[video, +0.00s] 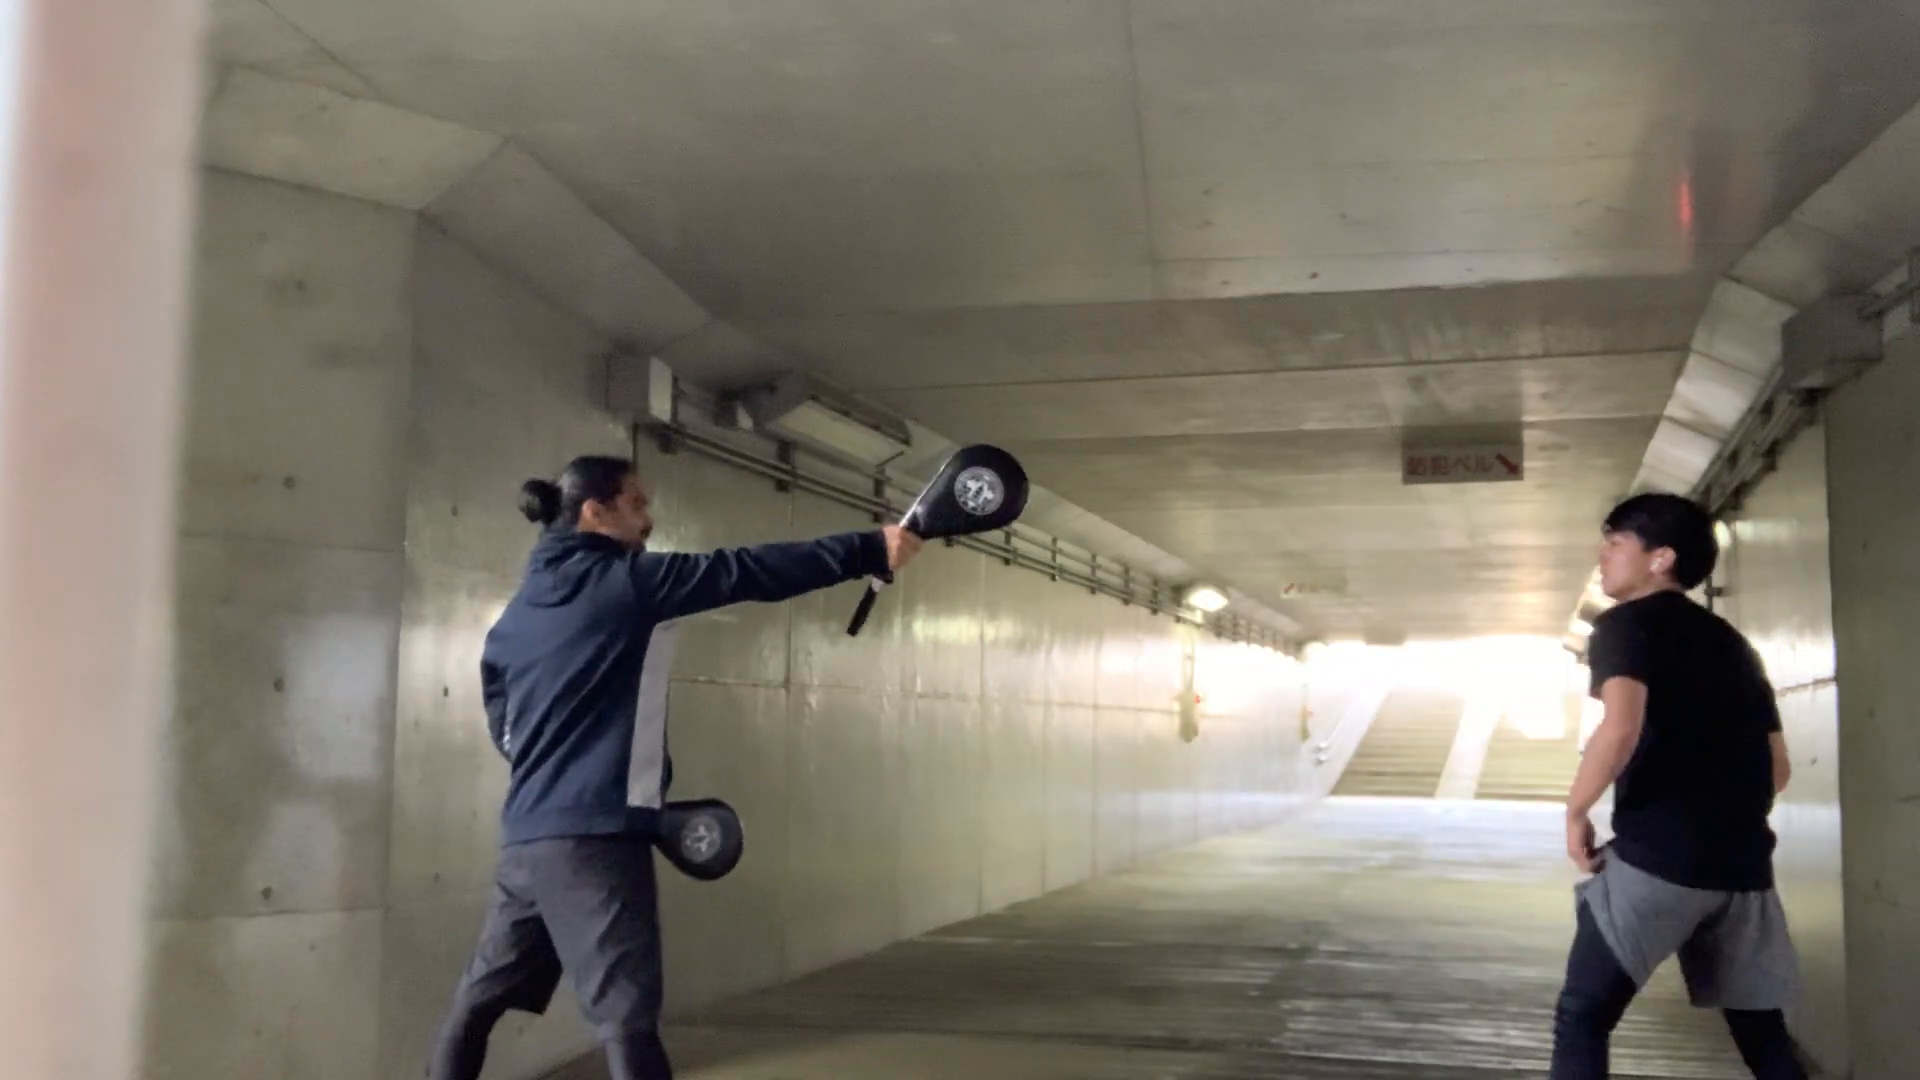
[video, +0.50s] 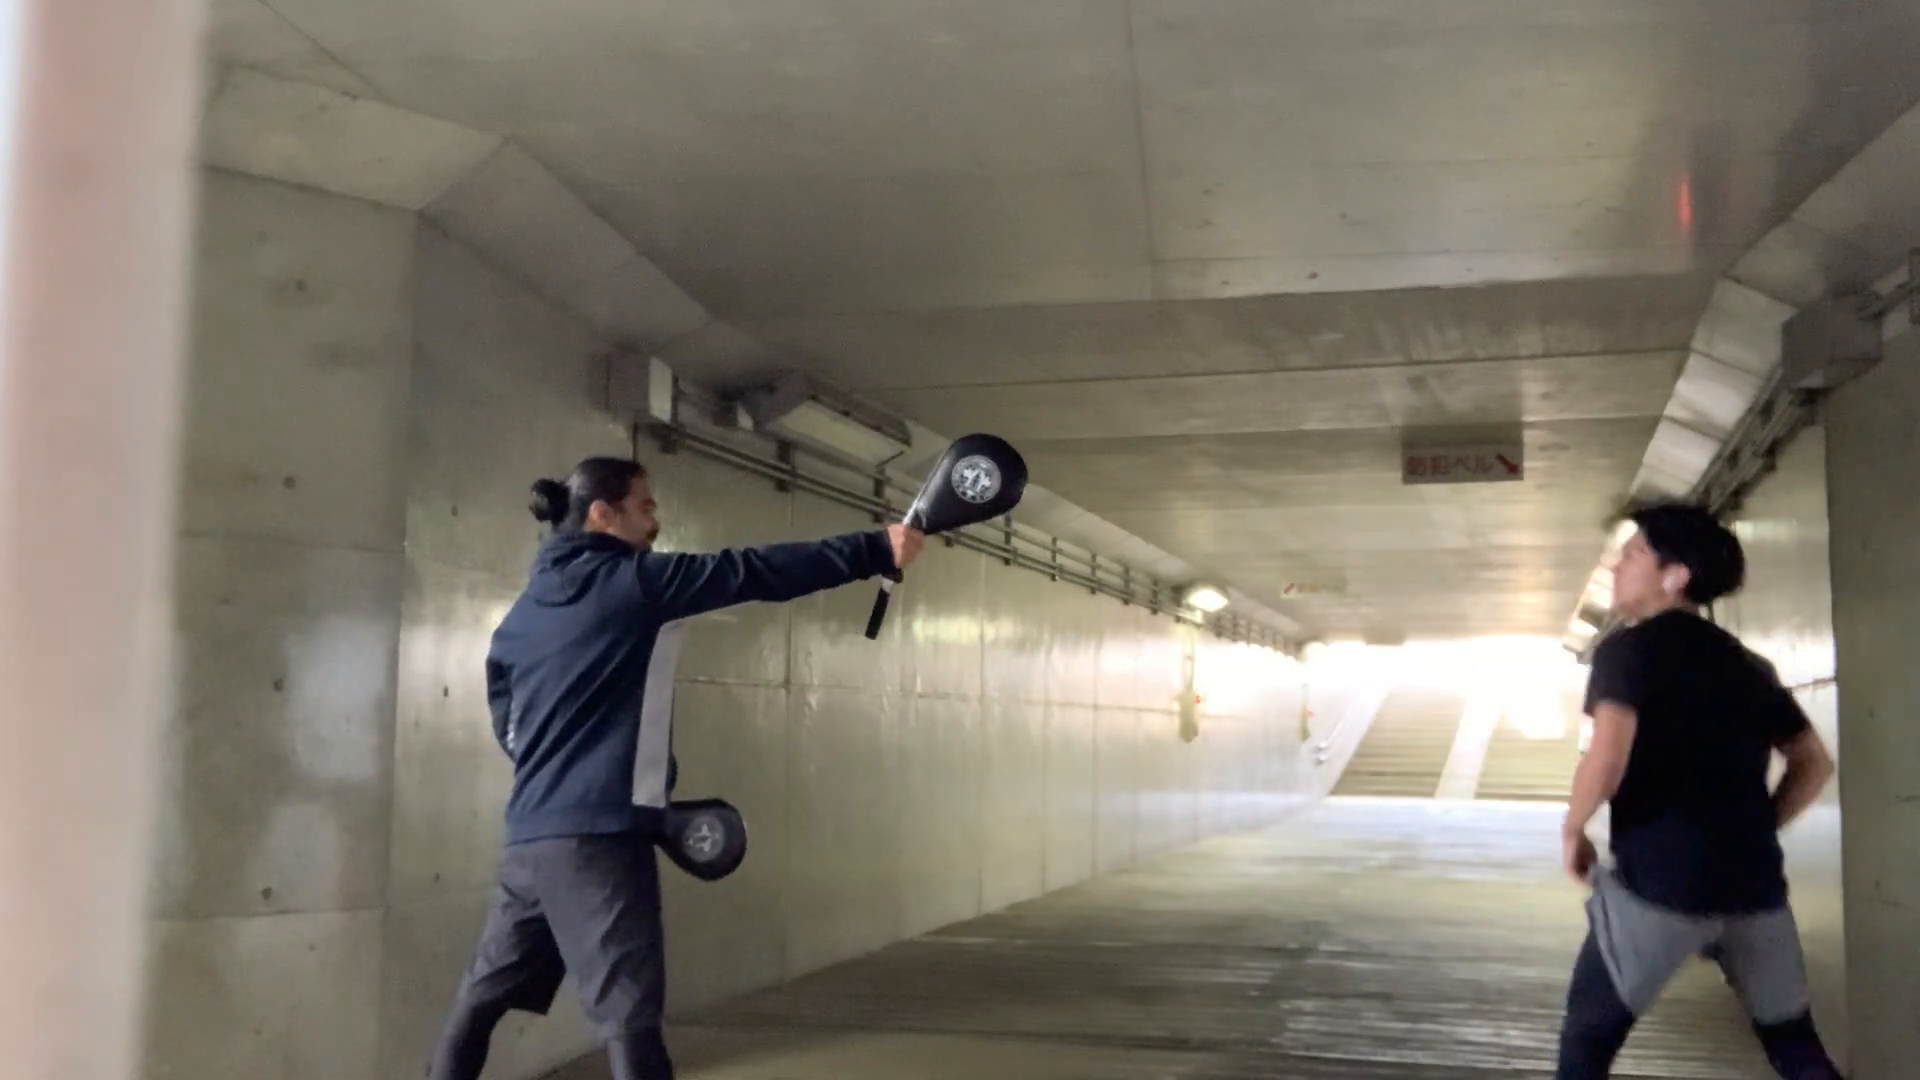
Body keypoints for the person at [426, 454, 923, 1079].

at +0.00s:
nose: (650, 518)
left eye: (646, 503)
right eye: (638, 504)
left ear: (586, 513)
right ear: (594, 511)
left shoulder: (510, 622)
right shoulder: (628, 578)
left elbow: (511, 736)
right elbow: (746, 571)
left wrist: (613, 789)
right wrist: (873, 548)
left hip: (529, 834)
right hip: (592, 832)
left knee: (475, 1004)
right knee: (626, 1022)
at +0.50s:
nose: (657, 521)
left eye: (653, 506)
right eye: (646, 506)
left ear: (594, 514)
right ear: (602, 512)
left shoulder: (516, 620)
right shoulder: (635, 579)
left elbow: (516, 736)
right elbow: (752, 571)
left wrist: (621, 791)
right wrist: (877, 548)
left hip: (531, 834)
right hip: (595, 832)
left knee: (476, 1004)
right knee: (629, 1024)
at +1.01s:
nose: (657, 521)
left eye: (654, 506)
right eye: (646, 506)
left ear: (595, 515)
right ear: (602, 513)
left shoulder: (518, 621)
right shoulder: (636, 578)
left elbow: (520, 734)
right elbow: (755, 570)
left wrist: (616, 788)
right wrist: (877, 547)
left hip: (533, 834)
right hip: (598, 832)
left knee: (477, 1004)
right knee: (631, 1023)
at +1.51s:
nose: (658, 522)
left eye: (655, 507)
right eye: (647, 507)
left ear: (595, 515)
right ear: (602, 513)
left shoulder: (520, 620)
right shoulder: (637, 578)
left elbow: (521, 735)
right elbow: (753, 571)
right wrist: (876, 548)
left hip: (534, 833)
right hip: (599, 832)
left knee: (479, 1003)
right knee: (631, 1022)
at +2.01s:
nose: (648, 521)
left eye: (645, 506)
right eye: (637, 506)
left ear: (585, 518)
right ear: (592, 515)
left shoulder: (518, 628)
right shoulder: (611, 583)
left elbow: (550, 740)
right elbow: (721, 586)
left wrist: (640, 789)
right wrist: (843, 564)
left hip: (536, 835)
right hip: (594, 837)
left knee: (485, 1000)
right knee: (630, 1025)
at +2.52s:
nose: (634, 519)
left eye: (631, 506)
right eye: (622, 506)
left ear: (571, 519)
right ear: (575, 514)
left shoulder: (510, 631)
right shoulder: (604, 579)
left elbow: (546, 746)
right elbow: (717, 573)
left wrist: (646, 795)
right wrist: (838, 543)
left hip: (538, 837)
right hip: (599, 837)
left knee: (487, 1001)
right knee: (630, 1023)